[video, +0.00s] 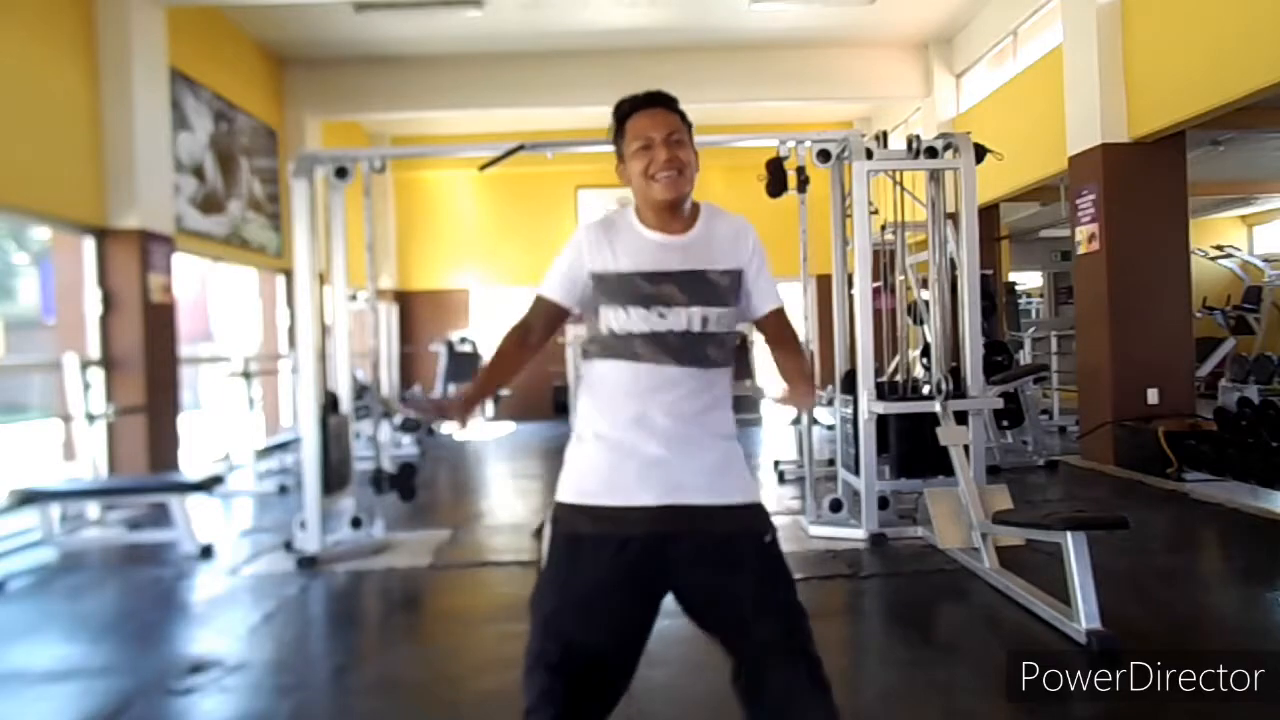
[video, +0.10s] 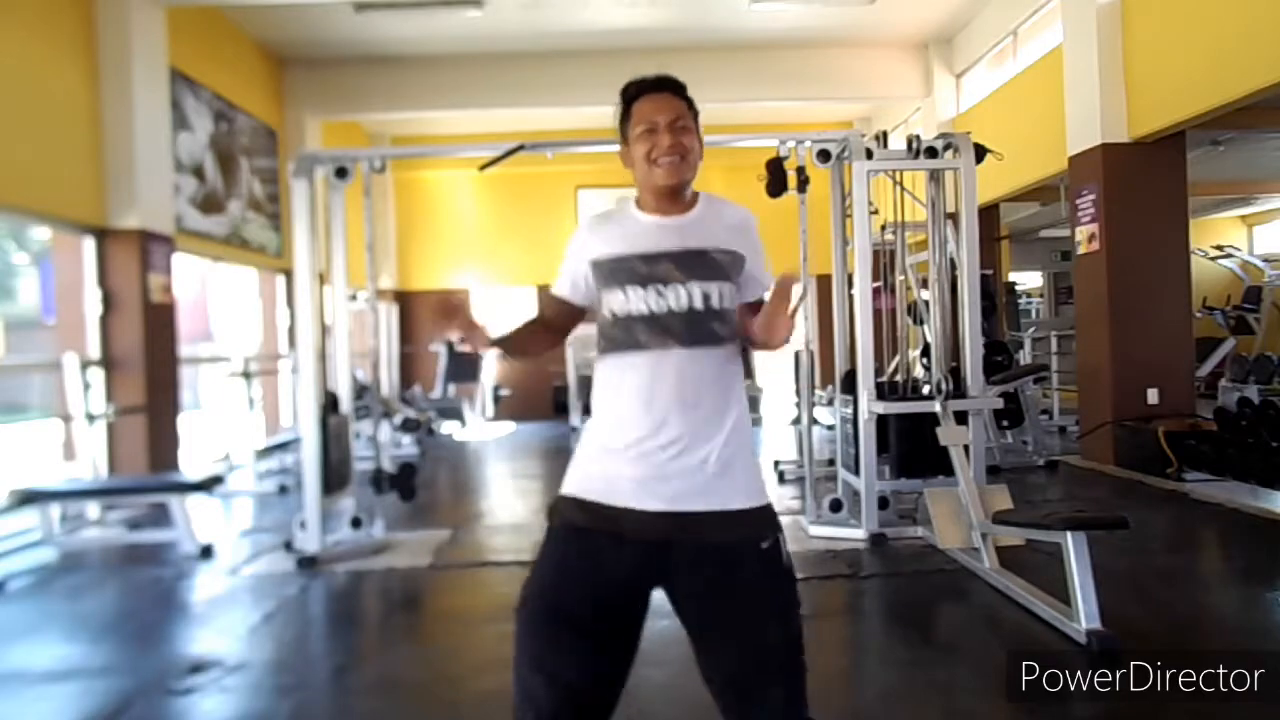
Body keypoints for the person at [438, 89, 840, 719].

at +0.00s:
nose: (666, 156)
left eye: (676, 141)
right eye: (646, 147)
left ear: (696, 152)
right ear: (623, 169)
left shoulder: (735, 239)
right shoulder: (594, 243)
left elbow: (776, 327)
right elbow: (535, 329)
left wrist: (799, 379)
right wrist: (474, 393)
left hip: (715, 496)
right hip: (603, 498)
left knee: (786, 671)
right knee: (561, 686)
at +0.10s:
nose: (668, 141)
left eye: (681, 127)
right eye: (649, 132)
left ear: (700, 141)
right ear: (627, 154)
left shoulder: (736, 226)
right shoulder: (597, 236)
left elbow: (755, 323)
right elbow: (551, 327)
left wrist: (770, 328)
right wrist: (494, 341)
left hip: (724, 497)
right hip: (607, 496)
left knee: (769, 693)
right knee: (554, 686)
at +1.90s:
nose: (670, 175)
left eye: (684, 165)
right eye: (658, 165)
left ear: (700, 178)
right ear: (639, 176)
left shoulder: (729, 255)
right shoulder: (607, 247)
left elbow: (752, 340)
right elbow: (557, 317)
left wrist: (790, 396)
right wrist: (547, 387)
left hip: (706, 457)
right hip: (615, 455)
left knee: (750, 593)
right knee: (592, 604)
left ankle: (769, 699)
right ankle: (575, 706)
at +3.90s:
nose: (652, 169)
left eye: (663, 160)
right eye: (638, 161)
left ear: (678, 176)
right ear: (618, 180)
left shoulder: (707, 247)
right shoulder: (594, 250)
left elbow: (725, 332)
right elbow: (554, 335)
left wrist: (735, 406)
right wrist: (550, 421)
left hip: (697, 448)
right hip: (611, 449)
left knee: (727, 580)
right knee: (589, 584)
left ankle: (716, 700)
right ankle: (574, 700)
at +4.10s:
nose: (653, 156)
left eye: (663, 146)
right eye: (639, 149)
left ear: (682, 160)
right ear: (621, 167)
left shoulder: (714, 229)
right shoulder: (599, 236)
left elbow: (742, 311)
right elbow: (554, 309)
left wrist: (738, 371)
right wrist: (502, 360)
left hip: (690, 440)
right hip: (606, 433)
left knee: (692, 608)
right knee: (561, 584)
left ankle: (710, 704)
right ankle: (593, 659)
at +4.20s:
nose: (651, 150)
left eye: (661, 139)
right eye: (637, 142)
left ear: (679, 152)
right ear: (618, 157)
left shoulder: (705, 221)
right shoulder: (587, 222)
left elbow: (756, 284)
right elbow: (533, 281)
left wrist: (799, 339)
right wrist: (526, 284)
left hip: (684, 431)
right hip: (603, 431)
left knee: (685, 572)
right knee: (604, 572)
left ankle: (686, 699)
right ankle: (614, 696)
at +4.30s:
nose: (655, 162)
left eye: (665, 152)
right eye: (641, 152)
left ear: (677, 163)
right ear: (616, 163)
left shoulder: (705, 232)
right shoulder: (586, 233)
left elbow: (782, 275)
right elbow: (501, 273)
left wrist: (861, 300)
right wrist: (557, 239)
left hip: (684, 453)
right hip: (605, 452)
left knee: (679, 600)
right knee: (616, 606)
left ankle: (676, 704)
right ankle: (618, 706)